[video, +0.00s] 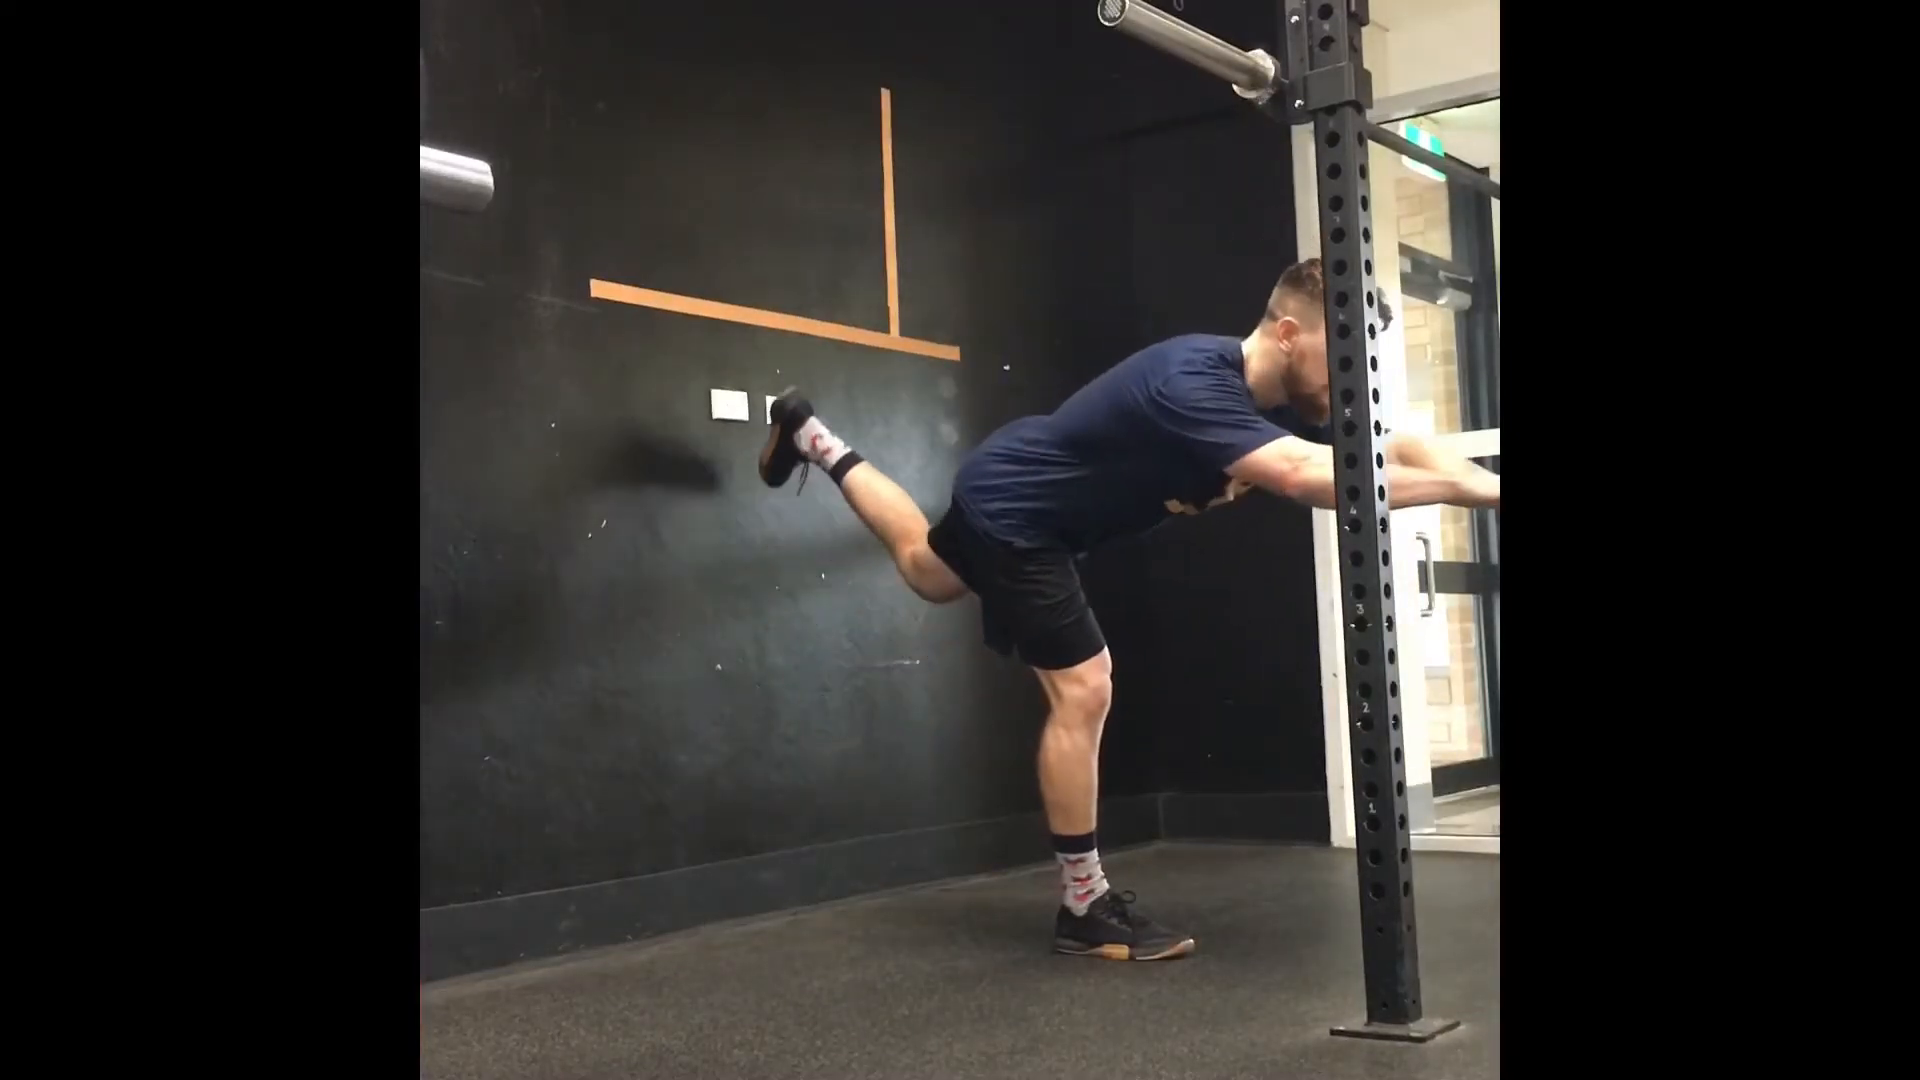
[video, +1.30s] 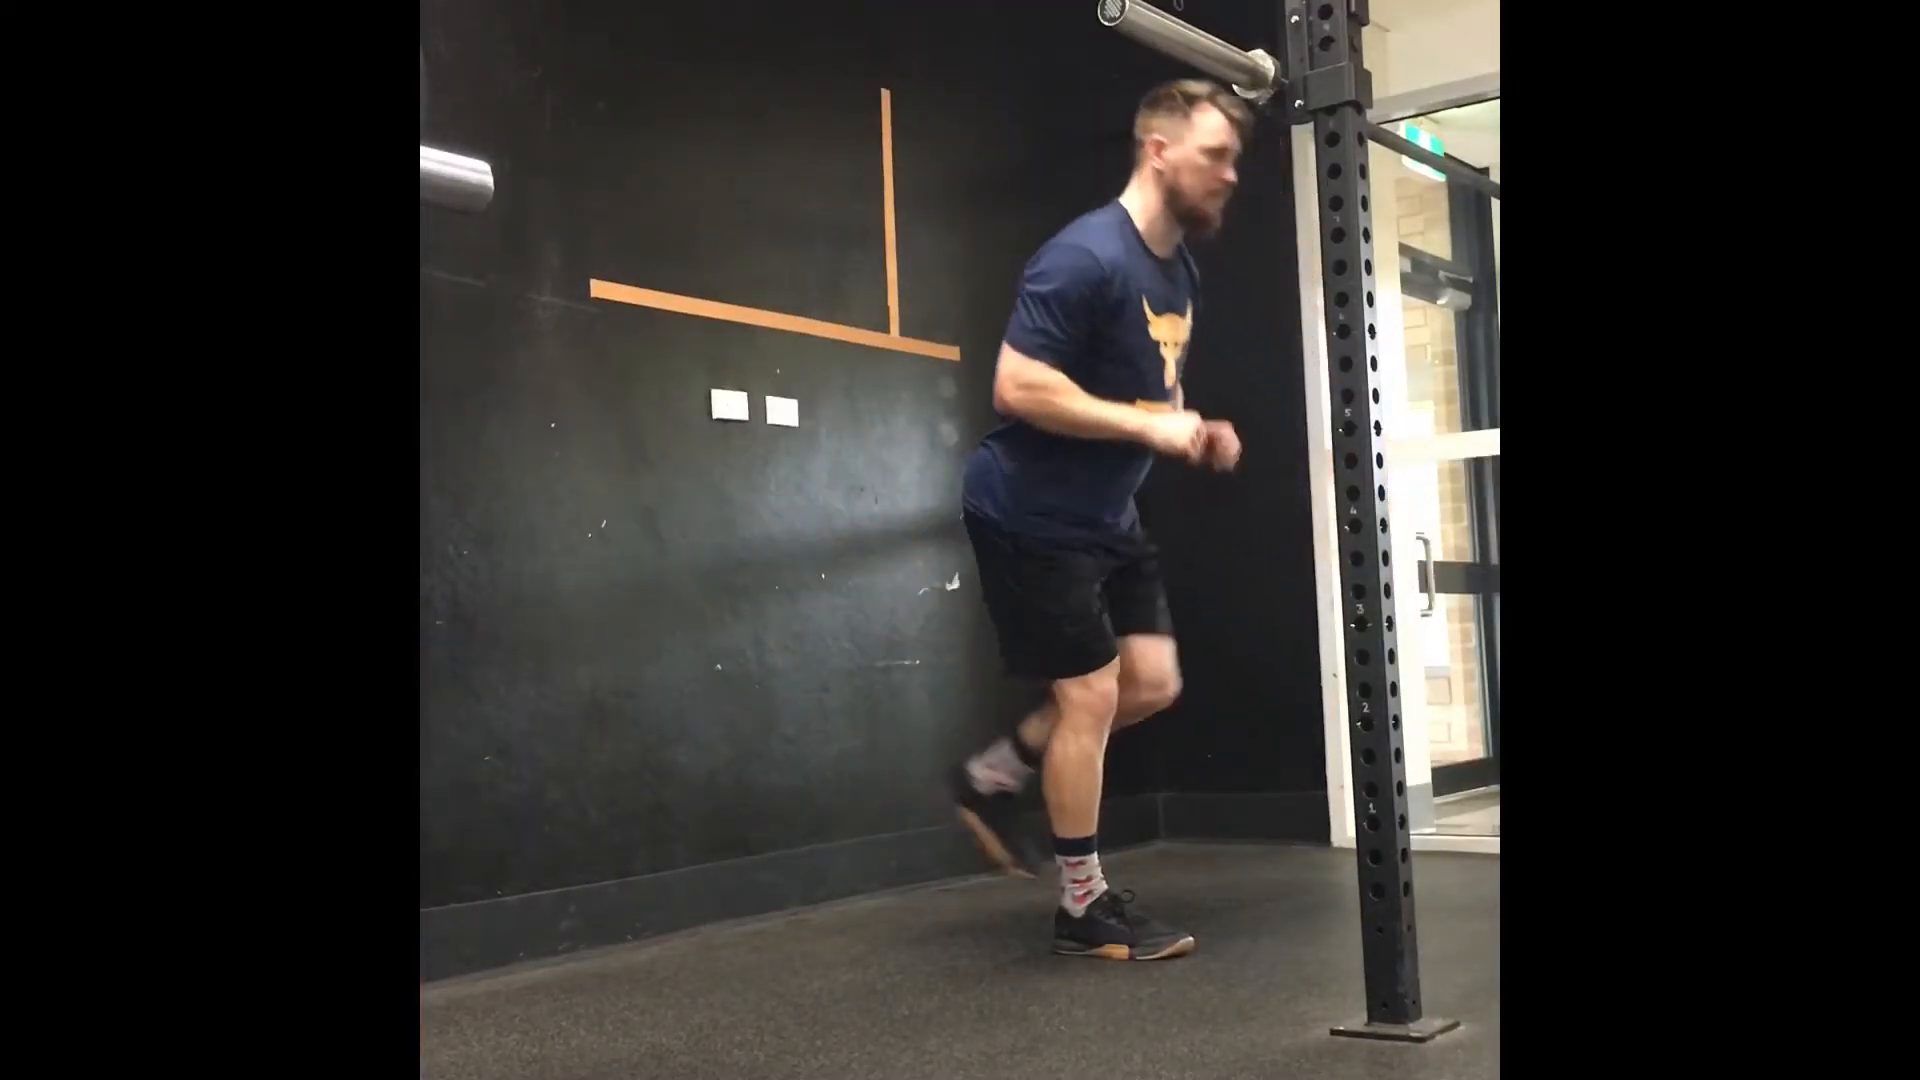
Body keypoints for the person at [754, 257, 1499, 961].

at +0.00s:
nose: (1344, 378)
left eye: (1349, 360)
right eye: (1337, 357)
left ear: (1297, 339)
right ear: (1286, 333)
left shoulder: (1245, 392)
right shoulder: (1196, 385)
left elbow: (1367, 450)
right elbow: (1309, 478)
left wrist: (1447, 470)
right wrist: (1442, 483)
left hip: (1024, 494)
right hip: (1007, 515)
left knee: (929, 571)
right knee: (1081, 691)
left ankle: (813, 443)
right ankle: (1083, 906)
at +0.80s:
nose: (1337, 329)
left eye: (1340, 313)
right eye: (1329, 308)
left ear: (1294, 302)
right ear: (1277, 293)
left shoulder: (1281, 385)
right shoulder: (1175, 350)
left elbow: (1338, 495)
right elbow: (1225, 494)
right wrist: (1367, 523)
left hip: (1050, 520)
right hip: (1004, 504)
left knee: (926, 598)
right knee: (1082, 687)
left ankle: (797, 483)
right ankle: (1083, 907)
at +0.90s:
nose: (1328, 304)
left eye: (1332, 287)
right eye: (1320, 284)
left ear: (1280, 280)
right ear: (1260, 272)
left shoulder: (1266, 373)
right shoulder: (1160, 340)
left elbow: (1291, 496)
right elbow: (1161, 495)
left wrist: (1381, 562)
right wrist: (1304, 543)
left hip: (1055, 522)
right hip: (1009, 507)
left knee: (945, 631)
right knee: (1085, 690)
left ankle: (805, 538)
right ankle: (1082, 906)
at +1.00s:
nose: (1317, 273)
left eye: (1321, 254)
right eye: (1306, 252)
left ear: (1266, 250)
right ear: (1246, 244)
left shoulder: (1248, 351)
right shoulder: (1144, 324)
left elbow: (1244, 476)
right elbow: (1105, 471)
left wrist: (1291, 558)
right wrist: (1236, 535)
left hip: (1069, 522)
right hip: (1013, 507)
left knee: (974, 662)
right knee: (1090, 691)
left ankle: (823, 598)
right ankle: (1083, 904)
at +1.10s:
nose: (1299, 242)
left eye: (1302, 224)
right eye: (1285, 222)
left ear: (1250, 225)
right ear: (1225, 217)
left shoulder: (1230, 331)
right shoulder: (1127, 305)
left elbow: (1207, 441)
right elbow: (1064, 443)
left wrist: (1234, 520)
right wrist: (1192, 513)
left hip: (1081, 525)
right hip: (1019, 509)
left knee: (1028, 694)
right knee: (1093, 690)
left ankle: (861, 666)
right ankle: (1084, 903)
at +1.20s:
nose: (1269, 209)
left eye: (1273, 192)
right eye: (1254, 189)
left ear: (1216, 192)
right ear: (1195, 184)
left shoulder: (1208, 299)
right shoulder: (1105, 281)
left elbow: (1184, 402)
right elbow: (1035, 412)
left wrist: (1203, 478)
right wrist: (1162, 469)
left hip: (1099, 517)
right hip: (1026, 511)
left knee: (1075, 694)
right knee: (1088, 695)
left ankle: (917, 732)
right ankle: (1083, 903)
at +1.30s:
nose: (1231, 177)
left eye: (1235, 161)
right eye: (1217, 157)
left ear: (1182, 160)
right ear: (1157, 152)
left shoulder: (1178, 271)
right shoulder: (1081, 258)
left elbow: (1137, 393)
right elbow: (1018, 388)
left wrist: (1195, 431)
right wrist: (1149, 424)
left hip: (1110, 514)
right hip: (1030, 515)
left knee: (1148, 682)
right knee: (1084, 698)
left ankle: (991, 777)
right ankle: (1082, 904)